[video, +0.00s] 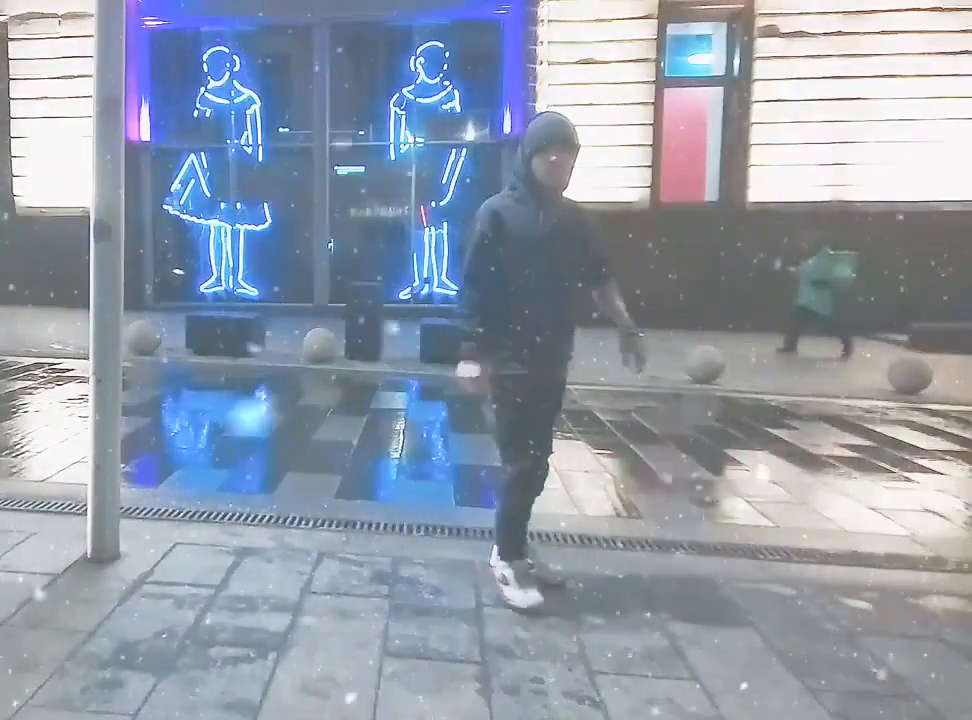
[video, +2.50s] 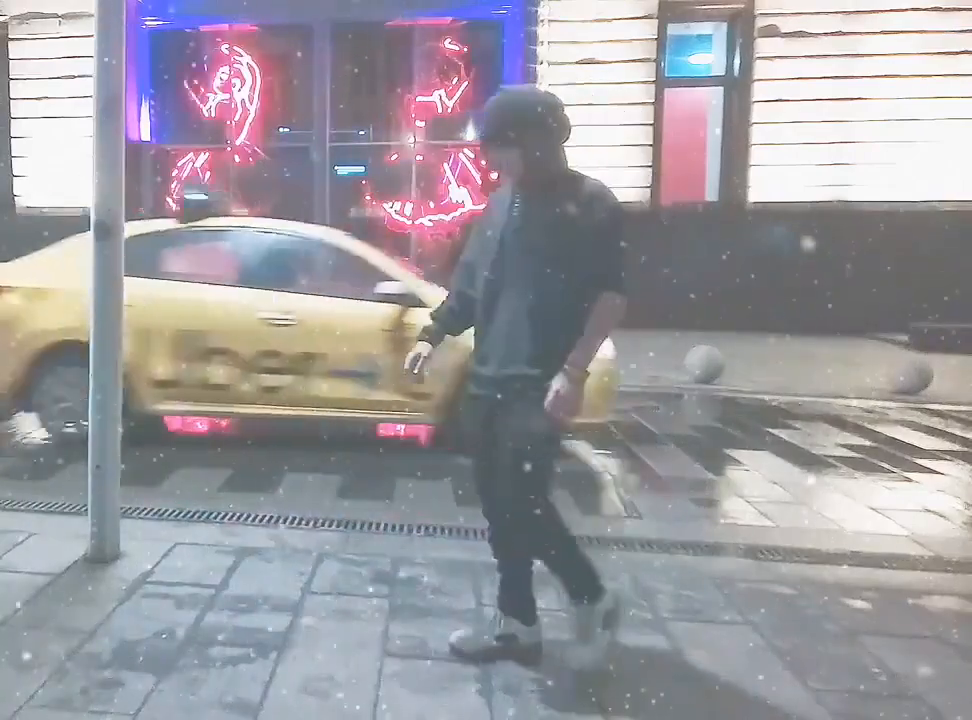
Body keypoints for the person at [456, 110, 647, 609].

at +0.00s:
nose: (564, 167)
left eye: (570, 158)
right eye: (555, 157)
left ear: (573, 161)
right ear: (531, 156)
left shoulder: (574, 219)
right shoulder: (498, 214)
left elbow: (599, 278)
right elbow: (474, 287)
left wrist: (626, 324)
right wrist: (471, 351)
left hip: (552, 354)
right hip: (507, 352)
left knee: (535, 464)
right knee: (521, 465)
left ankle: (515, 554)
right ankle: (506, 561)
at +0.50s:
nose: (564, 158)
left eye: (572, 149)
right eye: (554, 148)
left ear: (582, 158)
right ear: (532, 153)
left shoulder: (591, 218)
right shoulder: (501, 213)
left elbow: (608, 292)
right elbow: (483, 292)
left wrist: (613, 355)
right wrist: (493, 356)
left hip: (578, 362)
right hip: (522, 362)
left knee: (594, 465)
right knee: (532, 475)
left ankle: (546, 524)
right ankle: (536, 575)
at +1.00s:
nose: (565, 149)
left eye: (577, 140)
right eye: (556, 140)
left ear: (594, 149)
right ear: (540, 148)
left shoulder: (617, 215)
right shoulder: (510, 209)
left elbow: (633, 291)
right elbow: (489, 293)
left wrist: (621, 355)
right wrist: (491, 362)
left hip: (593, 372)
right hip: (526, 372)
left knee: (602, 493)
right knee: (529, 486)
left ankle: (617, 612)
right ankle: (539, 578)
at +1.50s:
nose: (594, 137)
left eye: (606, 126)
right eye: (584, 128)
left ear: (628, 136)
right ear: (572, 140)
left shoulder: (666, 205)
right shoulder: (552, 207)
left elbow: (691, 289)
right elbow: (530, 293)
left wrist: (653, 353)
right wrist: (507, 351)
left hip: (629, 387)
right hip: (558, 384)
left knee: (627, 516)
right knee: (537, 497)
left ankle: (615, 627)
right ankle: (544, 573)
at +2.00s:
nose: (574, 137)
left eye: (587, 125)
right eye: (566, 127)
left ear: (615, 133)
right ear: (557, 136)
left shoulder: (657, 205)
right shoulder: (548, 206)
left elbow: (681, 295)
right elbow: (531, 300)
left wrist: (638, 372)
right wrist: (517, 370)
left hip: (610, 393)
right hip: (543, 386)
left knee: (616, 515)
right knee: (515, 500)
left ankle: (614, 623)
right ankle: (516, 619)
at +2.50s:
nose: (494, 161)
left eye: (503, 148)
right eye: (491, 150)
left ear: (539, 143)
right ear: (499, 149)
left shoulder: (591, 205)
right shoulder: (502, 205)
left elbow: (612, 296)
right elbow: (472, 284)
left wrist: (573, 374)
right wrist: (432, 337)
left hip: (541, 384)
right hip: (490, 379)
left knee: (524, 501)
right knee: (499, 501)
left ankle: (592, 601)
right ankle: (517, 627)